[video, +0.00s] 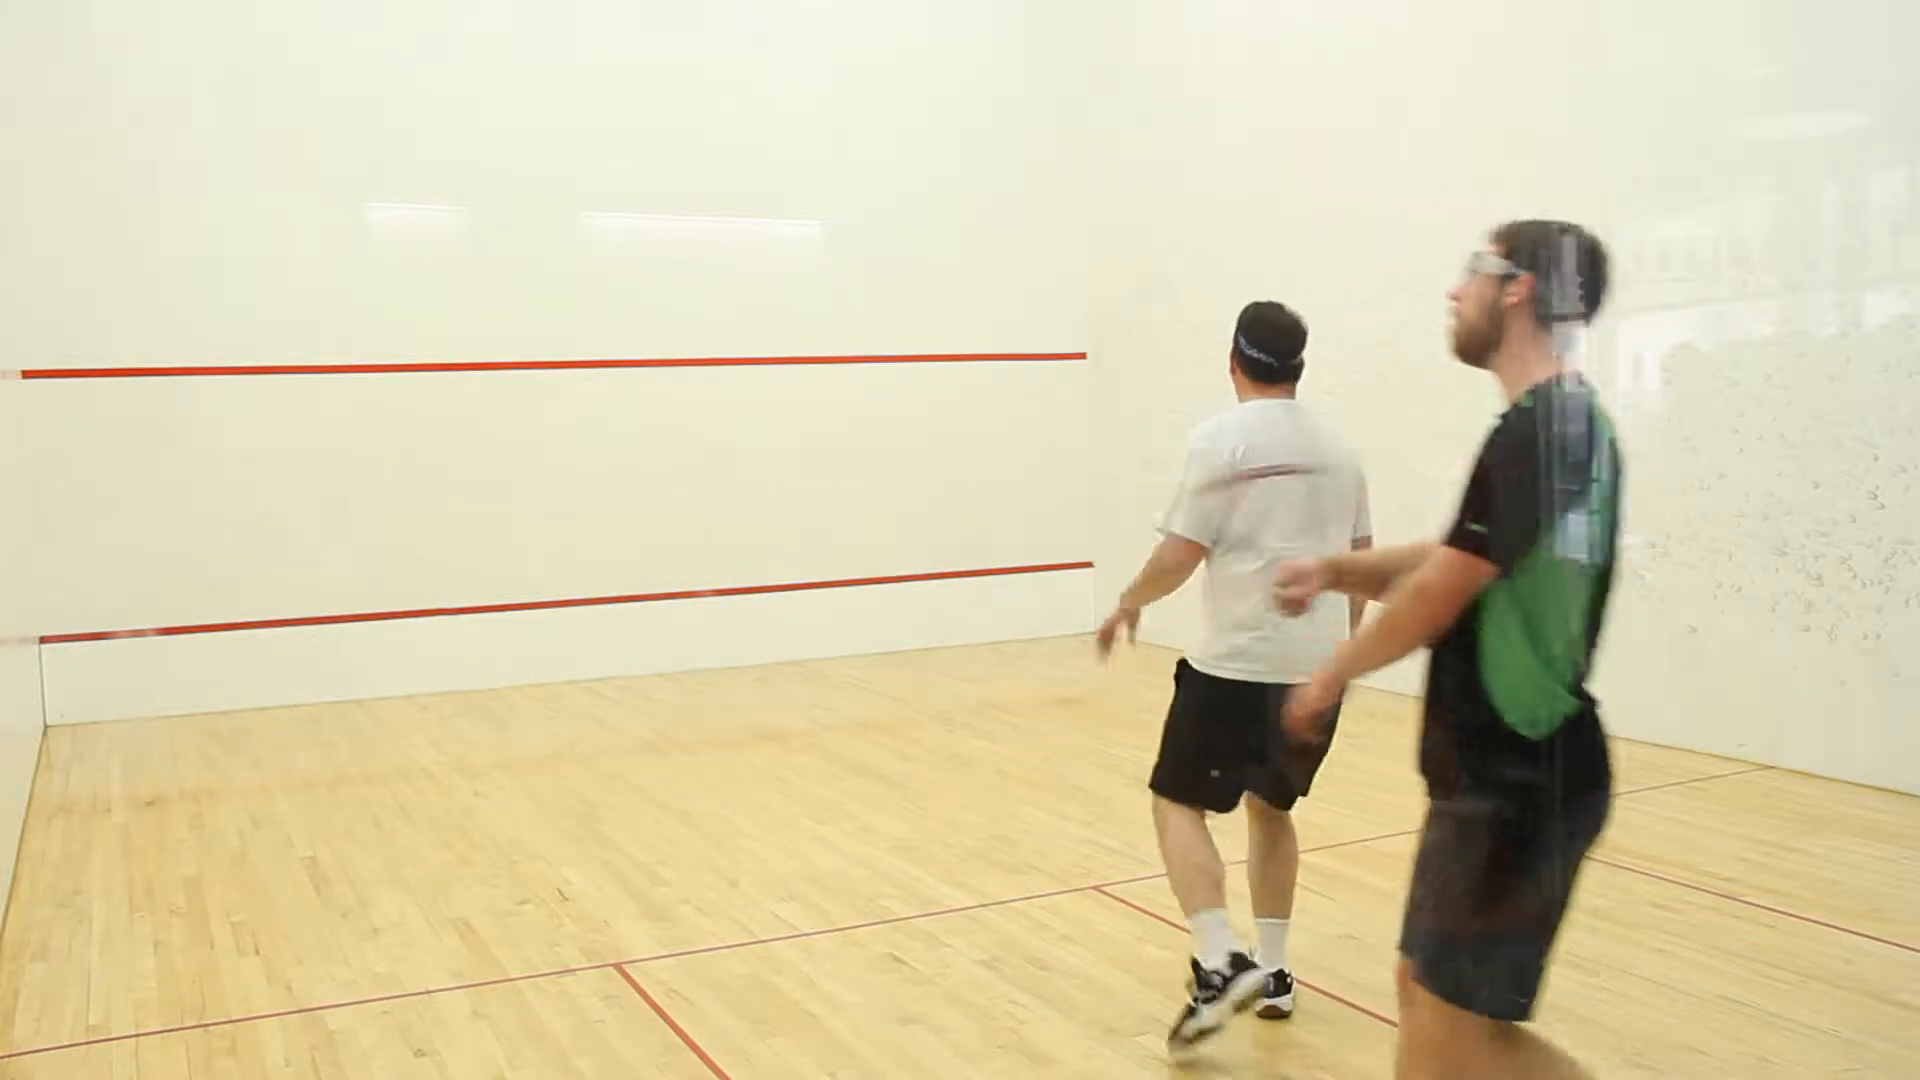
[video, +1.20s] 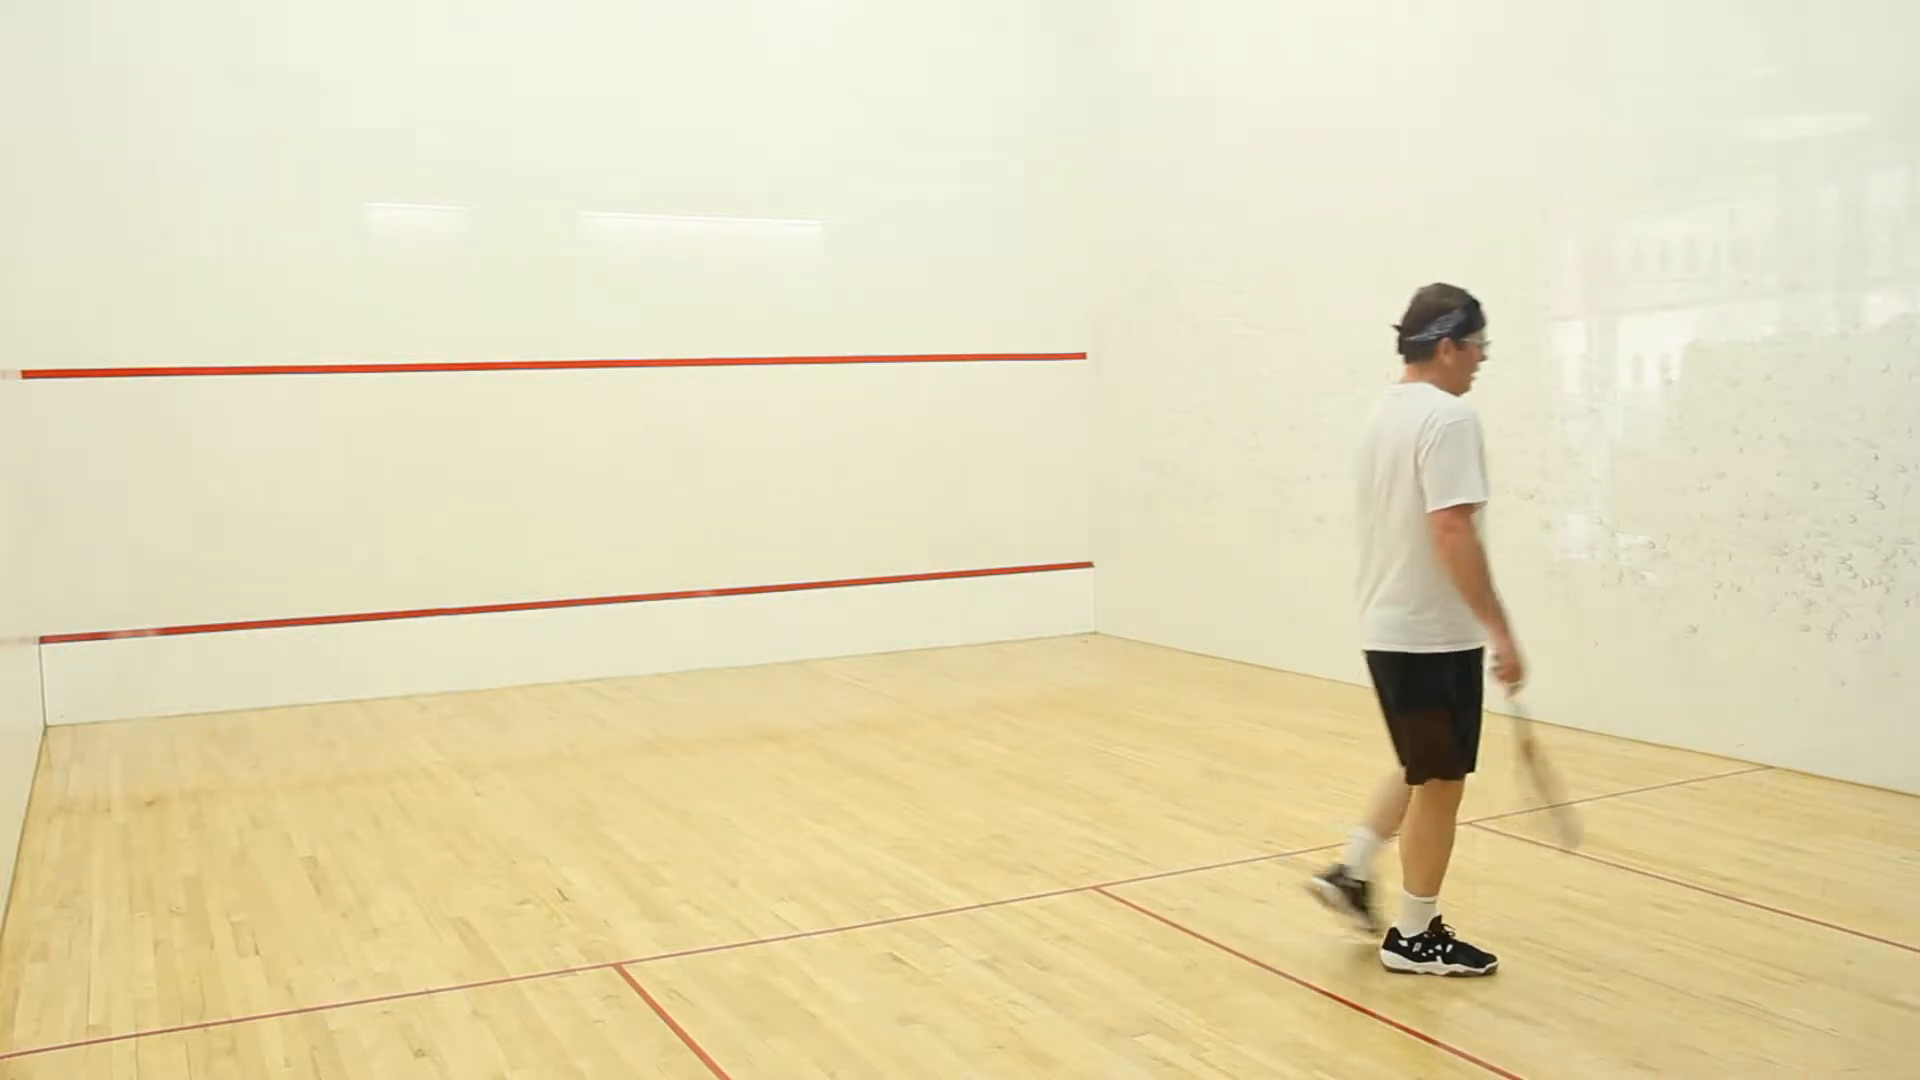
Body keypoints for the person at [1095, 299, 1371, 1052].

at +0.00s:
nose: (1232, 367)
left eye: (1232, 355)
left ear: (1236, 361)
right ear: (1300, 366)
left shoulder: (1222, 441)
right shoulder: (1339, 450)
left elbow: (1180, 555)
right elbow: (1363, 568)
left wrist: (1132, 601)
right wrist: (1349, 651)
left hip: (1228, 671)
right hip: (1315, 675)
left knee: (1176, 799)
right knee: (1271, 806)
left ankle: (1222, 961)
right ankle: (1274, 970)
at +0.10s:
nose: (1231, 357)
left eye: (1232, 348)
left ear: (1236, 353)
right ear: (1302, 356)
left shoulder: (1216, 435)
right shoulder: (1346, 442)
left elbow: (1178, 545)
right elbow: (1372, 562)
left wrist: (1152, 561)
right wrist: (1361, 640)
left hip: (1223, 667)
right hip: (1314, 669)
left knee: (1182, 792)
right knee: (1281, 807)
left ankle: (1198, 954)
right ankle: (1274, 974)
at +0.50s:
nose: (1318, 357)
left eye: (1310, 347)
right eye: (1316, 348)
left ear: (1247, 355)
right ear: (1308, 355)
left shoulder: (1210, 434)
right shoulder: (1333, 431)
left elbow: (1181, 536)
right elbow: (1366, 543)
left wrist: (1258, 531)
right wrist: (1415, 635)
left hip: (1214, 655)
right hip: (1301, 657)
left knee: (1225, 787)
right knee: (1314, 792)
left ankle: (1210, 943)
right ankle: (1274, 928)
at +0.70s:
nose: (1345, 356)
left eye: (1341, 344)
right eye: (1343, 345)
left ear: (1277, 356)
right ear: (1333, 351)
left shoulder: (1244, 423)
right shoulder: (1338, 428)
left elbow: (1217, 514)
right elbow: (1346, 542)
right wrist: (1369, 654)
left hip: (1240, 649)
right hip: (1313, 652)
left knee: (1242, 775)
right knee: (1393, 758)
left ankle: (1212, 940)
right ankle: (1352, 920)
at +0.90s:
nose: (1404, 366)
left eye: (1402, 354)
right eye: (1401, 354)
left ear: (1338, 358)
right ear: (1385, 357)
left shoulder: (1308, 419)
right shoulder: (1386, 428)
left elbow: (1299, 532)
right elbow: (1370, 539)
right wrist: (1373, 652)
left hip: (1290, 647)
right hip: (1362, 654)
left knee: (1279, 772)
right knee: (1412, 778)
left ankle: (1217, 926)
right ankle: (1412, 929)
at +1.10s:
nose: (1459, 359)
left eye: (1458, 347)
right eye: (1453, 346)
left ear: (1395, 348)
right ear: (1425, 348)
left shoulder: (1363, 411)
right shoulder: (1429, 419)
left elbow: (1358, 526)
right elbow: (1433, 533)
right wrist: (1459, 642)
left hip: (1358, 634)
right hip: (1408, 638)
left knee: (1384, 760)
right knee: (1436, 778)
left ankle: (1288, 866)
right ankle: (1416, 931)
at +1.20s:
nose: (1483, 357)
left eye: (1483, 344)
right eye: (1477, 345)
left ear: (1426, 346)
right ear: (1444, 346)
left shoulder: (1391, 412)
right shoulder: (1447, 417)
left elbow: (1391, 527)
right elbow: (1453, 531)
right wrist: (1501, 633)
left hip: (1389, 630)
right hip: (1434, 634)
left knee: (1421, 761)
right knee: (1442, 778)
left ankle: (1352, 869)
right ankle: (1416, 930)